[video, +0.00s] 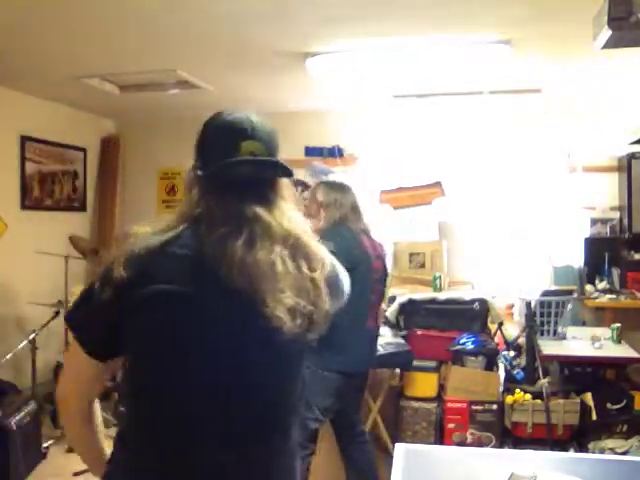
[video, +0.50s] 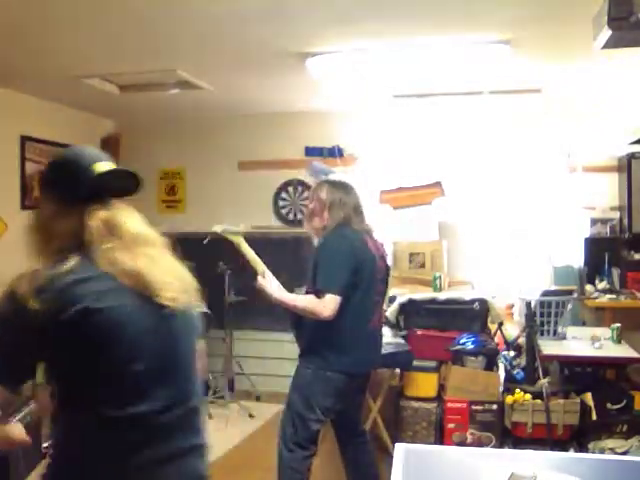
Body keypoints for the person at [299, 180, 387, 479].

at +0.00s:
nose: (310, 213)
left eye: (314, 206)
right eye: (310, 205)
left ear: (330, 207)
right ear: (350, 206)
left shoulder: (333, 242)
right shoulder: (371, 244)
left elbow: (312, 295)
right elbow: (373, 302)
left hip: (327, 354)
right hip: (359, 355)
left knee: (300, 440)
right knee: (352, 431)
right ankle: (367, 475)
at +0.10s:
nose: (310, 213)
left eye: (314, 206)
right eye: (311, 206)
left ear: (329, 208)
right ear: (350, 206)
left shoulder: (336, 242)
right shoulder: (370, 242)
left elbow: (324, 305)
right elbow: (372, 303)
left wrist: (286, 304)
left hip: (326, 358)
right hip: (358, 358)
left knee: (296, 442)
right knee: (351, 430)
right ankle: (366, 475)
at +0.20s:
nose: (309, 213)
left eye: (313, 206)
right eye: (309, 206)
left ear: (330, 209)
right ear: (349, 207)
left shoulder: (336, 242)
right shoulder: (370, 243)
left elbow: (323, 306)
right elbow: (368, 306)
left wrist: (285, 293)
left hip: (327, 360)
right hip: (358, 359)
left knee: (294, 442)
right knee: (351, 431)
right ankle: (366, 476)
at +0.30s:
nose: (307, 210)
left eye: (312, 203)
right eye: (308, 203)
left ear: (328, 207)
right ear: (349, 206)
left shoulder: (338, 240)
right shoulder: (368, 241)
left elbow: (324, 307)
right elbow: (362, 304)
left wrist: (280, 294)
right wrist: (311, 292)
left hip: (328, 361)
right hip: (358, 360)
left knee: (295, 445)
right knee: (352, 433)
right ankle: (367, 476)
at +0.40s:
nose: (308, 207)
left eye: (314, 201)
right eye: (310, 200)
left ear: (330, 207)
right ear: (349, 207)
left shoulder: (338, 240)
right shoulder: (368, 242)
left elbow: (325, 307)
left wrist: (279, 294)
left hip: (328, 361)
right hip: (358, 360)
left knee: (295, 445)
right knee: (352, 433)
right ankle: (368, 475)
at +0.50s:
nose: (308, 207)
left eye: (313, 201)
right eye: (309, 200)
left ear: (330, 207)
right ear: (349, 207)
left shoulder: (338, 241)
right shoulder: (367, 242)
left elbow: (326, 307)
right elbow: (361, 305)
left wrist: (280, 295)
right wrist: (310, 297)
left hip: (327, 362)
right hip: (358, 361)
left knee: (296, 445)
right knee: (352, 433)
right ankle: (368, 476)